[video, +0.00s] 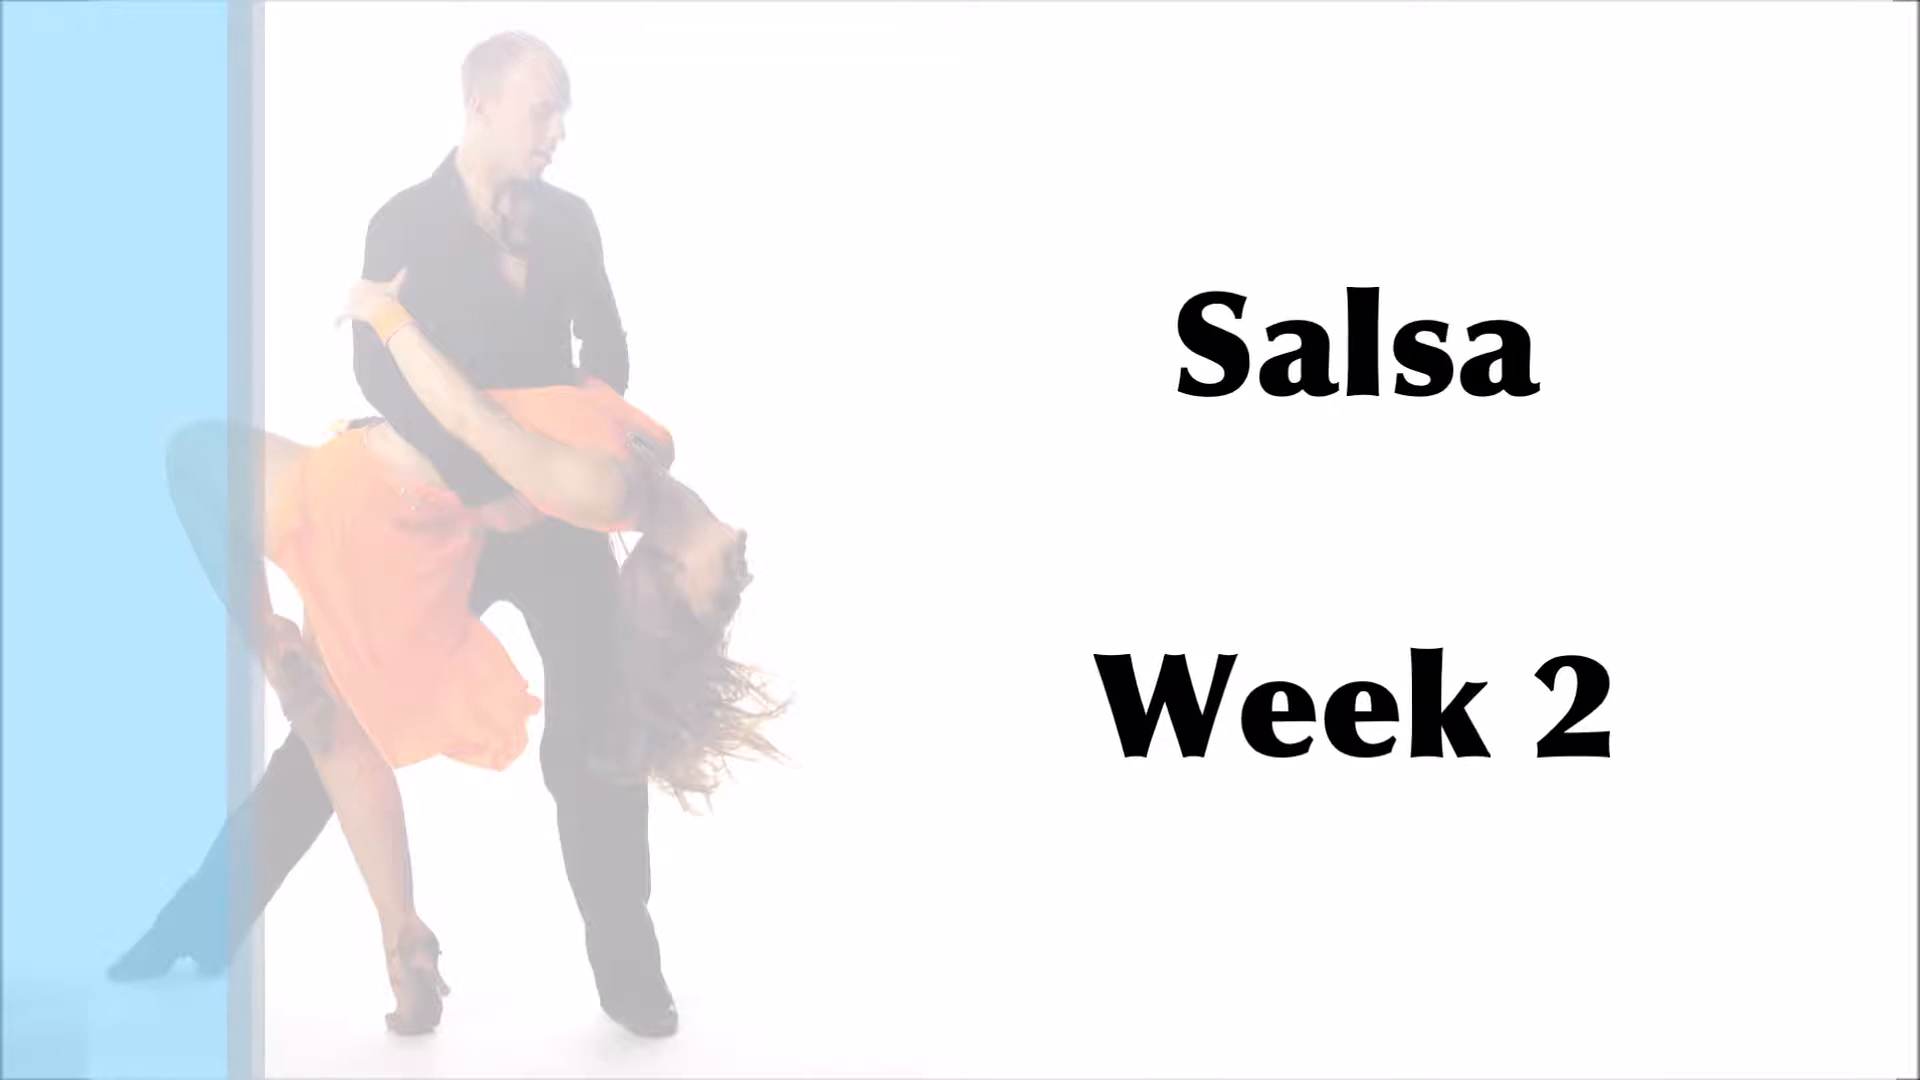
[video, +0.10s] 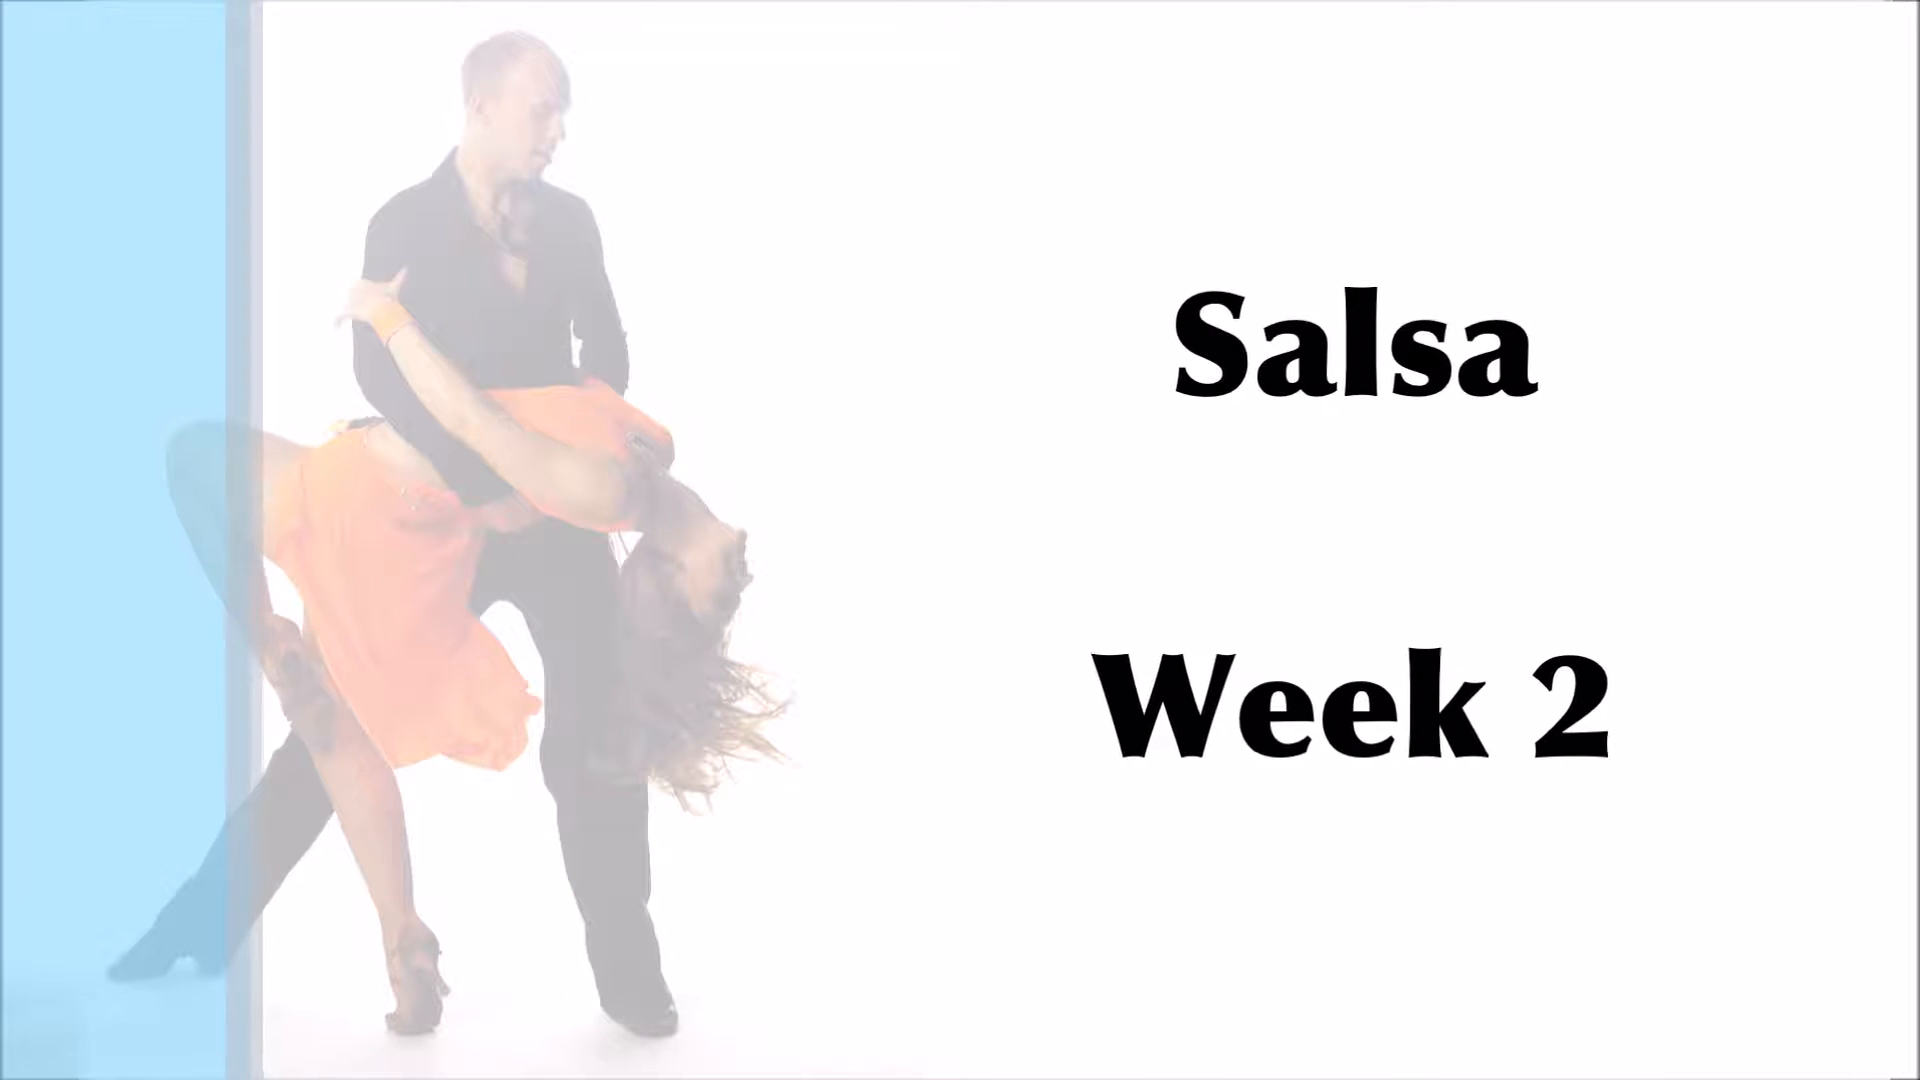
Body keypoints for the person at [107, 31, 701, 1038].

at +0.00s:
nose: (556, 132)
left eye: (562, 114)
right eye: (541, 112)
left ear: (554, 121)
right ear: (480, 109)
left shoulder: (567, 220)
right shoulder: (406, 223)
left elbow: (607, 340)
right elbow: (378, 368)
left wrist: (595, 432)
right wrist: (461, 469)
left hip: (554, 524)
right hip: (441, 521)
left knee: (599, 723)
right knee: (350, 721)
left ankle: (627, 958)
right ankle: (208, 921)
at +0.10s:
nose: (556, 132)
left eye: (562, 114)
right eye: (541, 112)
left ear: (554, 120)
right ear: (480, 109)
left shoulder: (567, 220)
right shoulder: (406, 223)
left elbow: (607, 342)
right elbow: (377, 367)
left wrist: (593, 438)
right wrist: (460, 469)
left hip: (553, 524)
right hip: (440, 522)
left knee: (600, 724)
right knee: (348, 725)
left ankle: (628, 958)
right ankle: (205, 925)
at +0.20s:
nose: (556, 132)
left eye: (562, 114)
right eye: (541, 112)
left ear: (553, 120)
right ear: (480, 109)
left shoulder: (567, 220)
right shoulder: (406, 223)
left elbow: (607, 340)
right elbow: (378, 368)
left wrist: (594, 435)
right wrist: (461, 469)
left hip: (554, 525)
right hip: (441, 521)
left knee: (599, 724)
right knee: (348, 723)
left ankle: (627, 958)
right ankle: (207, 923)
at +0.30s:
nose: (555, 135)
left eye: (562, 117)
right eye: (541, 115)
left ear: (554, 120)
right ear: (480, 112)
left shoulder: (567, 220)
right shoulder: (406, 223)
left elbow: (608, 341)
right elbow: (379, 368)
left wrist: (595, 437)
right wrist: (462, 469)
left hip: (554, 524)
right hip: (444, 519)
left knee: (600, 721)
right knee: (348, 720)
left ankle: (627, 958)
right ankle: (210, 922)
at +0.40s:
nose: (555, 135)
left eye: (562, 117)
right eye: (541, 115)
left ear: (554, 120)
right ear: (480, 112)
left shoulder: (567, 220)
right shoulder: (406, 224)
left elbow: (608, 342)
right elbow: (379, 369)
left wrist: (596, 436)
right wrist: (464, 469)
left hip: (554, 523)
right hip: (444, 519)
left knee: (599, 719)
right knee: (348, 719)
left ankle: (627, 958)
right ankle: (210, 920)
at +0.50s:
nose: (555, 135)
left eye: (562, 117)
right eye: (541, 115)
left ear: (556, 120)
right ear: (479, 109)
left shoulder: (567, 220)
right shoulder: (406, 223)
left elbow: (608, 347)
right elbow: (379, 371)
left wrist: (593, 440)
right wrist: (466, 473)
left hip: (554, 525)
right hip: (445, 521)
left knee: (599, 725)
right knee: (344, 725)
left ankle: (628, 961)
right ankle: (201, 932)